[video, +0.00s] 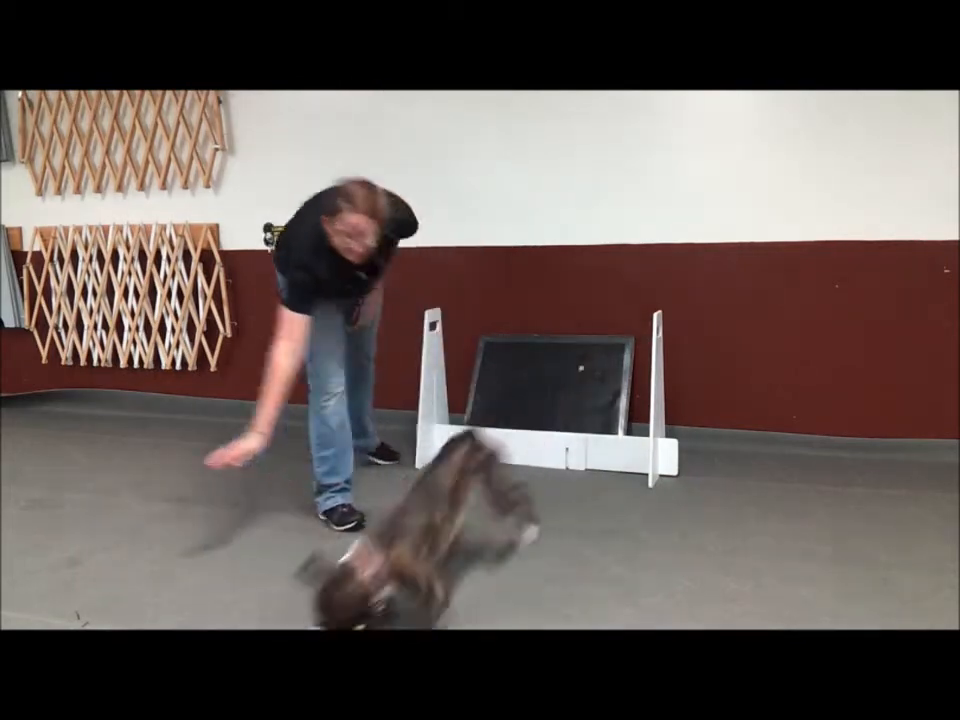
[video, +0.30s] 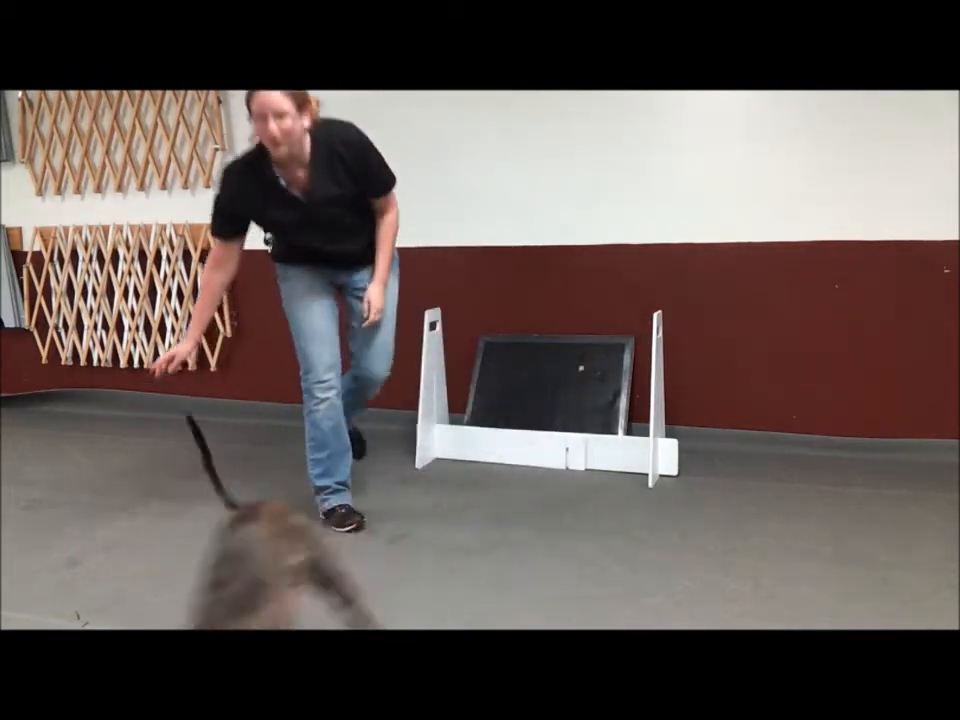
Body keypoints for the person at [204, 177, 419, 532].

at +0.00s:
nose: (358, 247)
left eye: (365, 238)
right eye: (348, 237)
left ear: (380, 230)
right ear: (328, 227)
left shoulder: (398, 220)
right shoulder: (304, 248)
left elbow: (387, 253)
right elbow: (288, 343)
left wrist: (375, 289)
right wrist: (260, 431)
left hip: (364, 287)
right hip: (318, 292)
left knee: (362, 364)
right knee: (330, 387)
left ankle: (363, 440)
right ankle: (334, 496)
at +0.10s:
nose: (314, 208)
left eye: (322, 197)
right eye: (304, 199)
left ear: (343, 186)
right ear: (292, 194)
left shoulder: (376, 195)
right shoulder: (283, 226)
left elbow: (392, 234)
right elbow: (249, 317)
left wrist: (377, 289)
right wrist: (213, 400)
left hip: (368, 277)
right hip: (311, 282)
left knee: (362, 368)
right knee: (328, 381)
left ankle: (339, 433)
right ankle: (333, 495)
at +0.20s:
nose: (285, 166)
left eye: (294, 154)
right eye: (275, 156)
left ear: (320, 151)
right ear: (265, 158)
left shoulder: (357, 166)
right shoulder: (259, 203)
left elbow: (390, 218)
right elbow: (226, 291)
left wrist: (378, 286)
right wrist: (192, 368)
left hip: (369, 268)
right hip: (306, 274)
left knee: (374, 364)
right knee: (325, 380)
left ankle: (334, 415)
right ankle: (332, 491)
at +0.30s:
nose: (270, 128)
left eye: (280, 116)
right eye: (260, 118)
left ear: (306, 115)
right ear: (251, 123)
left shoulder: (344, 142)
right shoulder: (242, 178)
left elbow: (387, 209)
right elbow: (220, 260)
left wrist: (379, 282)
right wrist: (190, 339)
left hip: (367, 262)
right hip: (302, 268)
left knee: (373, 372)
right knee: (323, 380)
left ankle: (338, 418)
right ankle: (334, 497)